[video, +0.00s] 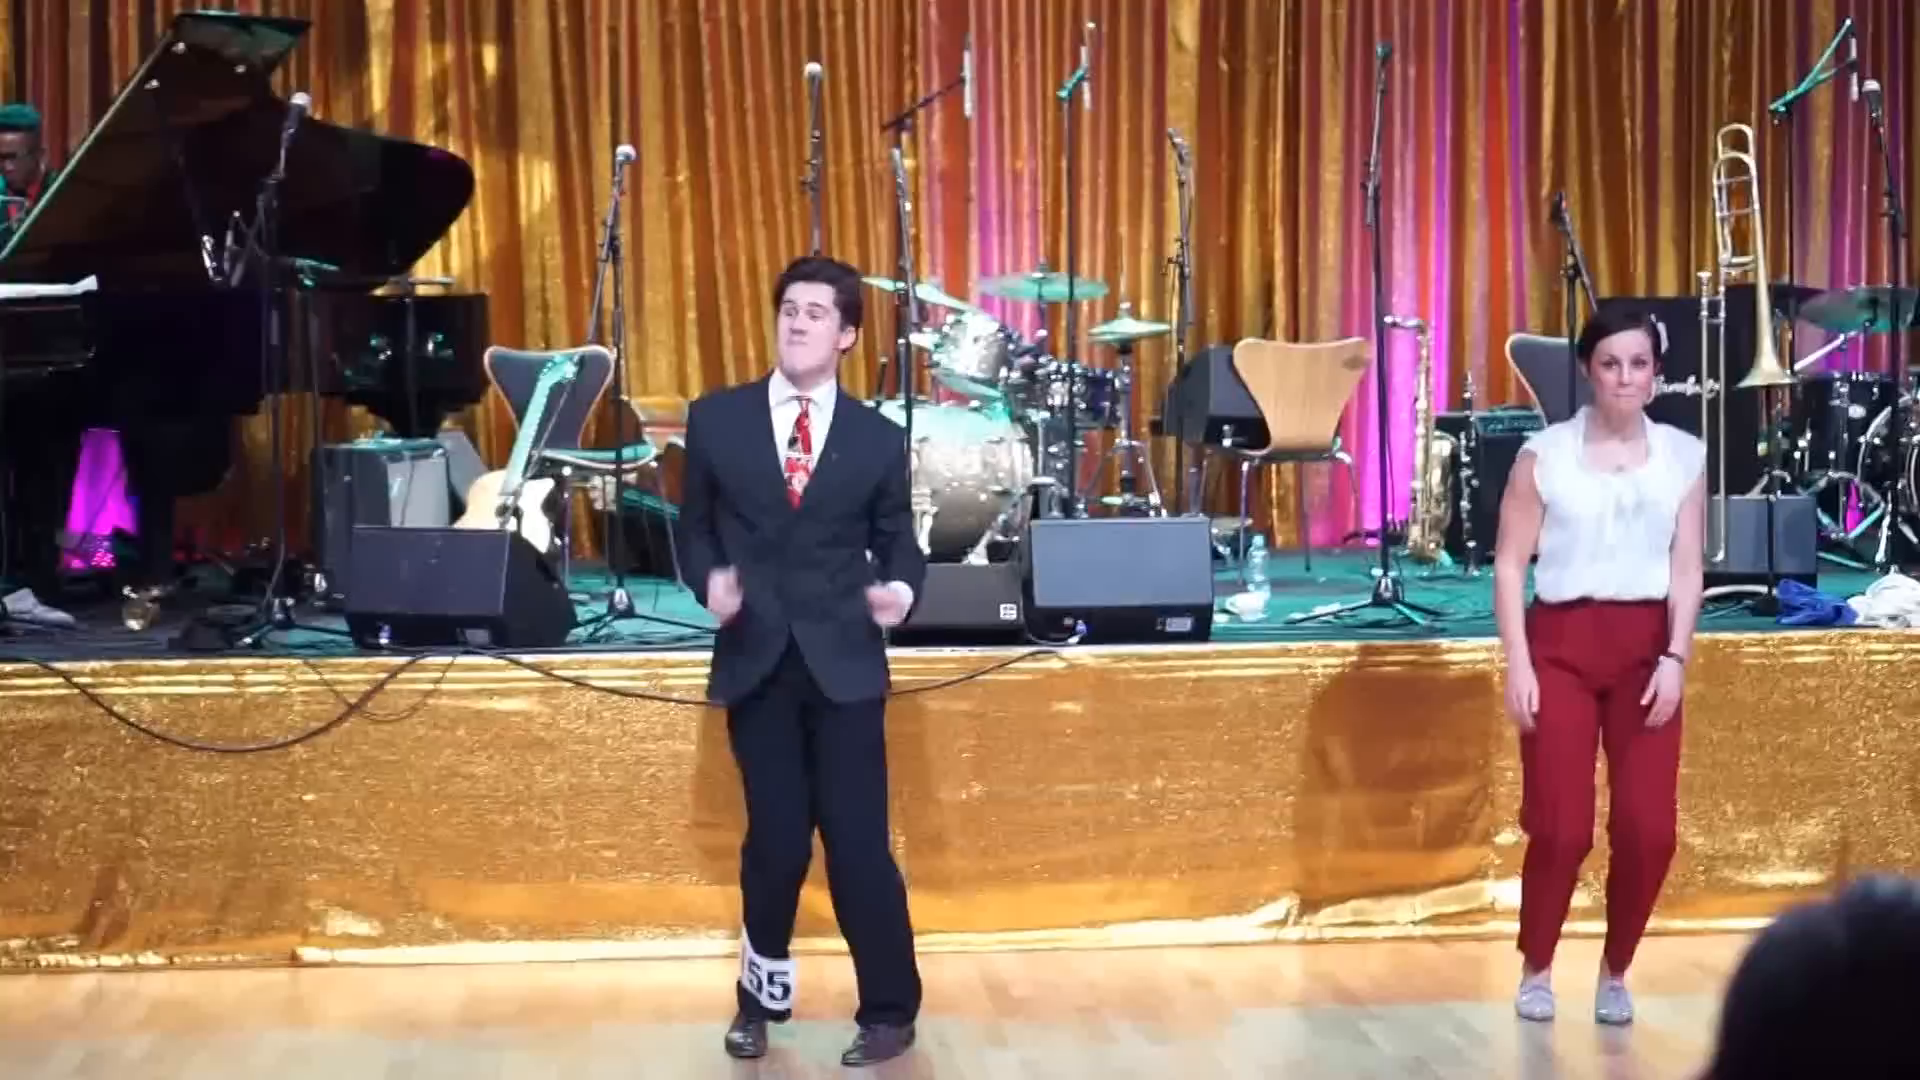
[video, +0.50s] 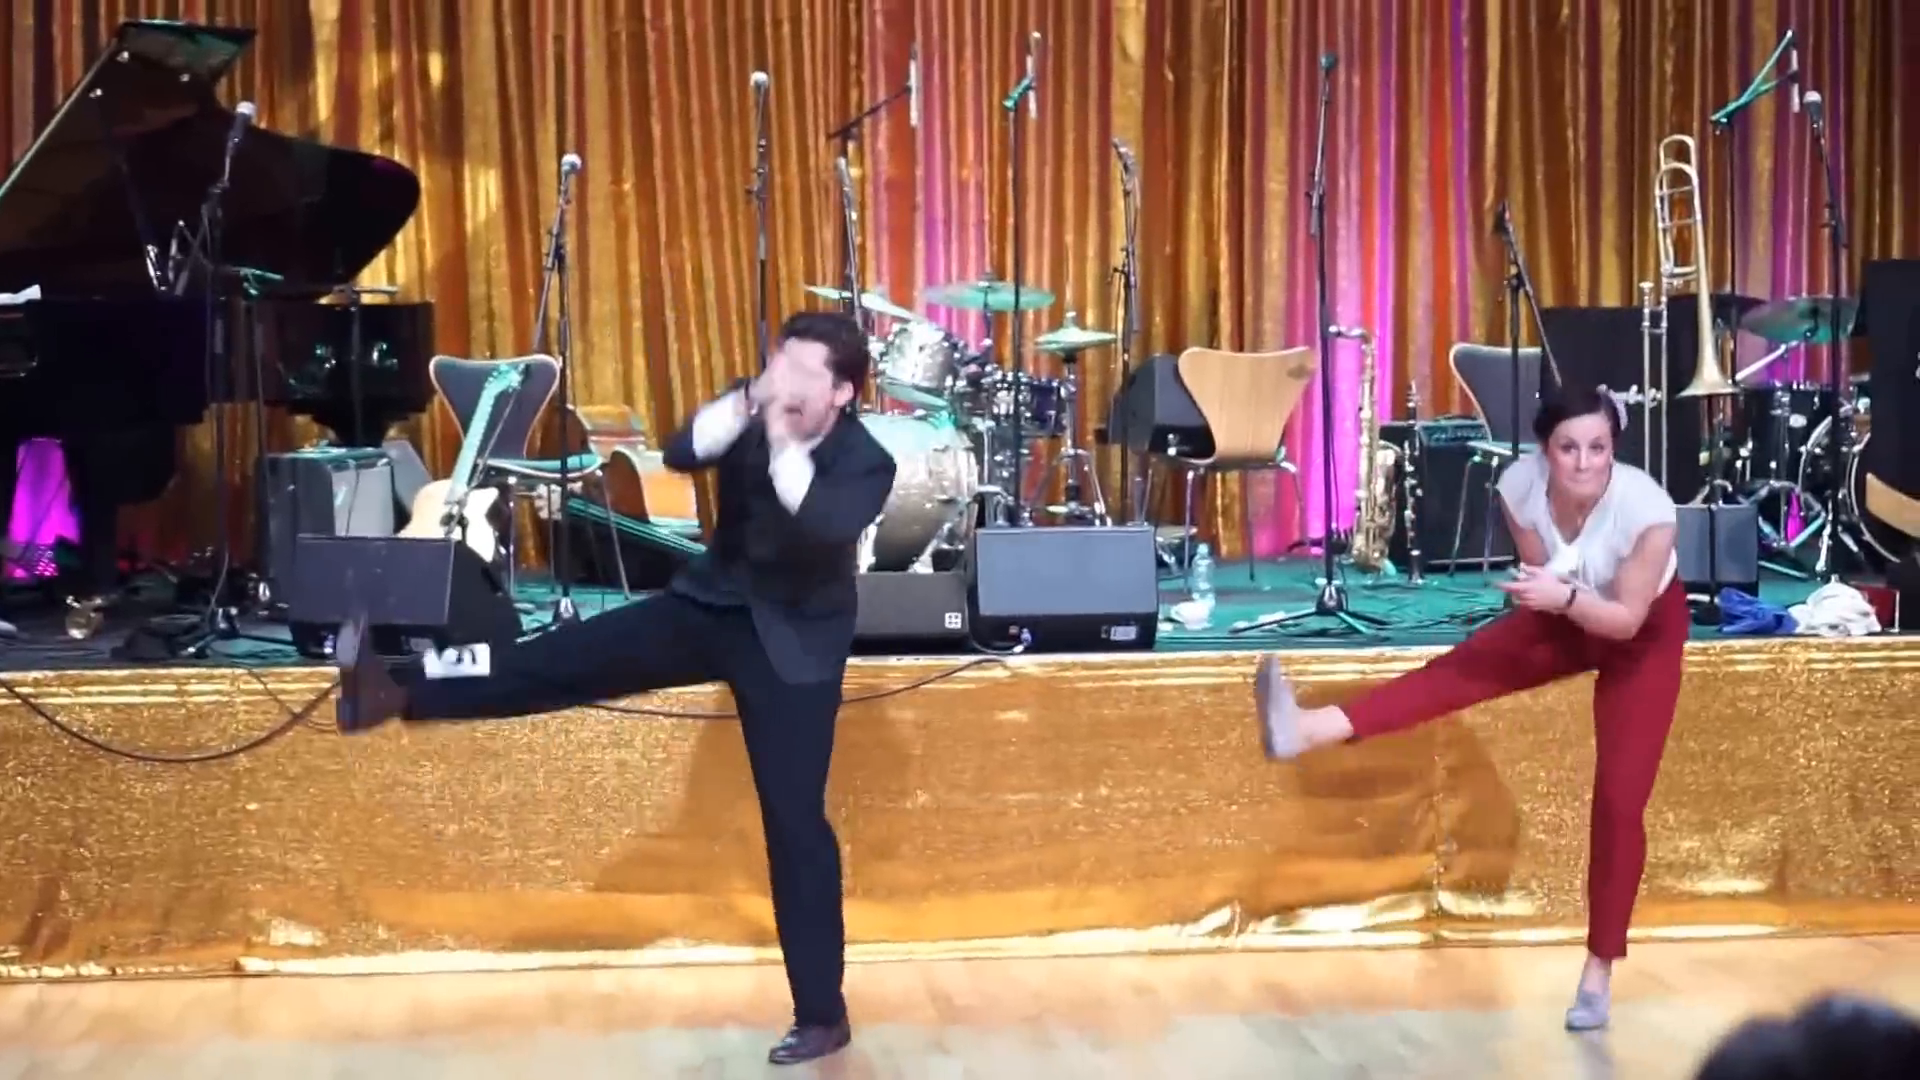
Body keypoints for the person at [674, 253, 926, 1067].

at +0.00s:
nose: (798, 325)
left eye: (816, 315)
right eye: (789, 310)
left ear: (847, 335)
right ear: (773, 323)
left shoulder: (879, 436)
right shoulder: (717, 416)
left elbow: (897, 535)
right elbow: (694, 527)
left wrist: (901, 584)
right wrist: (710, 577)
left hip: (847, 650)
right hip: (757, 648)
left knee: (858, 839)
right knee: (777, 833)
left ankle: (888, 1013)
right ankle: (759, 996)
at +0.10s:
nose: (788, 328)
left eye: (807, 316)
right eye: (781, 312)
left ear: (841, 335)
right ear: (767, 324)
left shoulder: (871, 438)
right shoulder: (712, 413)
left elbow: (909, 562)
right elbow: (672, 544)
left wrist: (876, 580)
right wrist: (701, 544)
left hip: (835, 660)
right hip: (746, 658)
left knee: (855, 840)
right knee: (765, 836)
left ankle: (875, 1013)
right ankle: (746, 1004)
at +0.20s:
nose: (786, 307)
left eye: (805, 295)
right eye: (783, 291)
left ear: (848, 314)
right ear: (774, 301)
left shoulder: (873, 405)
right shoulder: (724, 373)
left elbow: (932, 515)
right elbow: (633, 463)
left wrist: (845, 494)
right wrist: (689, 419)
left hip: (822, 632)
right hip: (726, 625)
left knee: (855, 823)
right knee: (711, 814)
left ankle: (858, 1009)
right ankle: (719, 994)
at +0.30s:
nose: (790, 295)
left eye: (809, 285)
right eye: (787, 280)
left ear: (852, 302)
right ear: (778, 286)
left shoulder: (882, 372)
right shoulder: (747, 333)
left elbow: (946, 455)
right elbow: (641, 361)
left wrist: (863, 389)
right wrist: (666, 318)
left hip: (802, 588)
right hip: (706, 570)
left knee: (824, 780)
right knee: (632, 724)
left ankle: (858, 968)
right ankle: (652, 896)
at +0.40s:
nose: (787, 328)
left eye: (805, 318)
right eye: (784, 313)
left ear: (847, 335)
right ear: (775, 314)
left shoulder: (868, 391)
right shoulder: (753, 353)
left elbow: (885, 475)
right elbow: (666, 372)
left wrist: (875, 367)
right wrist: (674, 302)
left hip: (793, 596)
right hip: (704, 567)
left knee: (804, 784)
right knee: (582, 636)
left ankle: (846, 982)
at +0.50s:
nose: (781, 391)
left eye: (800, 383)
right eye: (778, 374)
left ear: (844, 392)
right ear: (770, 367)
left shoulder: (865, 460)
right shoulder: (752, 411)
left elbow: (828, 522)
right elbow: (682, 455)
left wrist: (783, 443)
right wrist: (743, 407)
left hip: (792, 647)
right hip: (706, 609)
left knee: (794, 822)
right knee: (563, 661)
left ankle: (822, 1017)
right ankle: (397, 694)